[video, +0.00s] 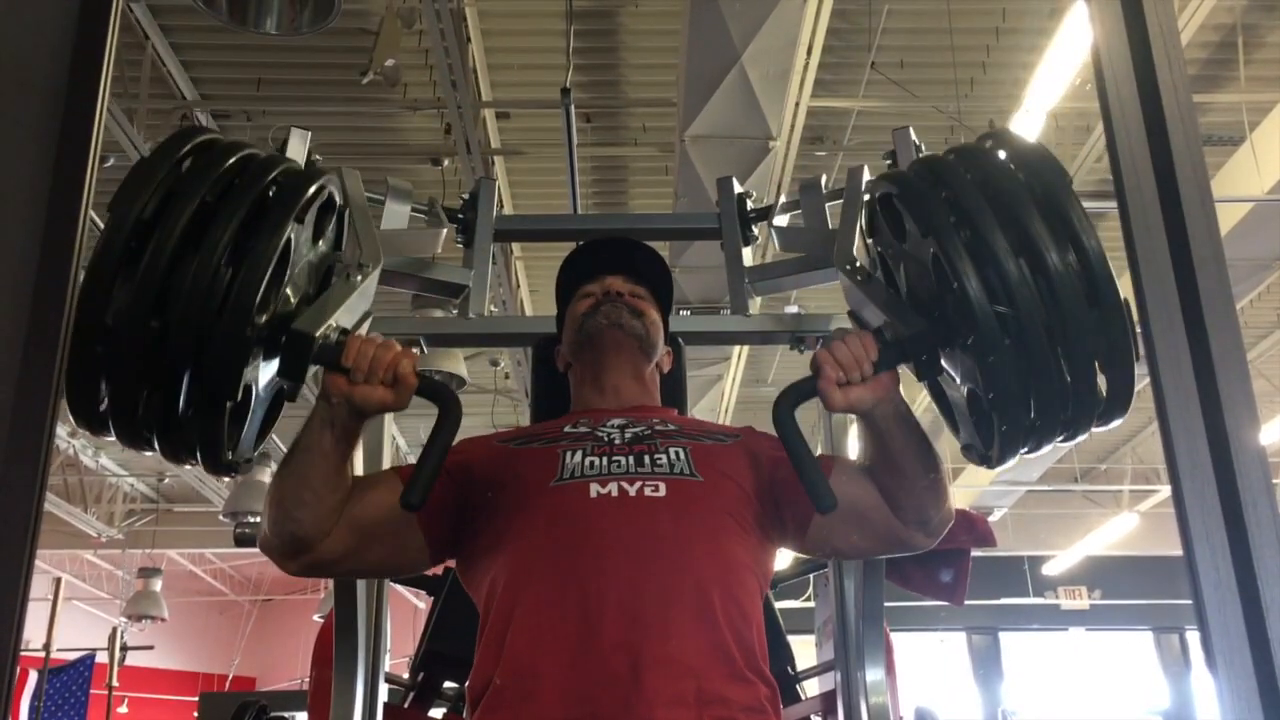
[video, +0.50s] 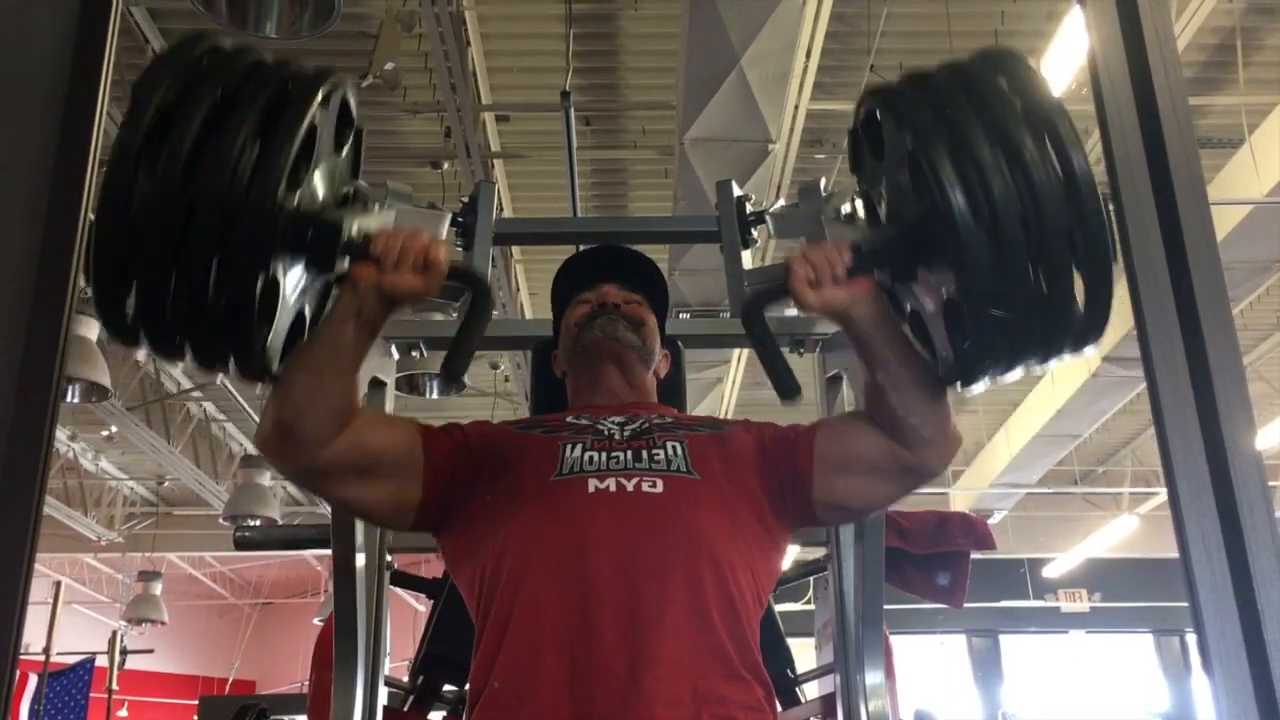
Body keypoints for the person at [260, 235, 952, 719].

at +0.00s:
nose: (615, 296)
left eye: (638, 297)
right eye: (590, 297)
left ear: (670, 357)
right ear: (556, 356)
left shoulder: (746, 455)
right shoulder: (486, 463)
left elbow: (920, 518)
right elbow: (301, 541)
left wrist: (879, 404)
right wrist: (343, 409)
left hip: (727, 707)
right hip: (528, 708)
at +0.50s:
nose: (609, 306)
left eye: (634, 308)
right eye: (584, 307)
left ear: (665, 361)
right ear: (553, 359)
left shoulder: (744, 453)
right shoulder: (488, 458)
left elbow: (924, 444)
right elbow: (302, 438)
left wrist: (860, 311)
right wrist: (363, 301)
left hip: (724, 703)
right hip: (525, 705)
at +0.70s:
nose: (607, 316)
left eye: (632, 313)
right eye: (584, 313)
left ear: (665, 360)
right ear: (553, 361)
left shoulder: (752, 448)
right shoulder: (480, 450)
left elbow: (895, 380)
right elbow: (333, 363)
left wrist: (844, 229)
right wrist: (388, 215)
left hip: (725, 704)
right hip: (522, 705)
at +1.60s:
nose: (614, 305)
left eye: (638, 306)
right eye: (588, 305)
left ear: (666, 362)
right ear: (556, 359)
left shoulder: (744, 457)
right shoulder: (488, 463)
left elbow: (918, 455)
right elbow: (309, 445)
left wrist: (862, 308)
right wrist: (367, 297)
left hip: (721, 703)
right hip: (527, 704)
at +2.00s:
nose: (616, 301)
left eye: (639, 302)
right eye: (589, 301)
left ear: (669, 359)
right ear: (555, 360)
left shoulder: (748, 462)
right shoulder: (486, 468)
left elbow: (922, 544)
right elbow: (299, 548)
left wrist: (882, 404)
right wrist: (342, 403)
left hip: (725, 707)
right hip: (528, 708)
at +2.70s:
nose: (610, 312)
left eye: (634, 313)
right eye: (586, 313)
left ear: (666, 365)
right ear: (555, 364)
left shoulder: (741, 460)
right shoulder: (487, 467)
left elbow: (925, 486)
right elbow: (293, 479)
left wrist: (867, 342)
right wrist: (358, 336)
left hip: (726, 703)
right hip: (526, 703)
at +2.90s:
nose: (610, 307)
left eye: (635, 307)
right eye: (584, 307)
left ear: (666, 360)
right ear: (554, 362)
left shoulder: (751, 454)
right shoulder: (484, 461)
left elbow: (906, 407)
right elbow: (319, 397)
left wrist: (851, 251)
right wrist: (377, 252)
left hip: (723, 704)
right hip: (527, 704)